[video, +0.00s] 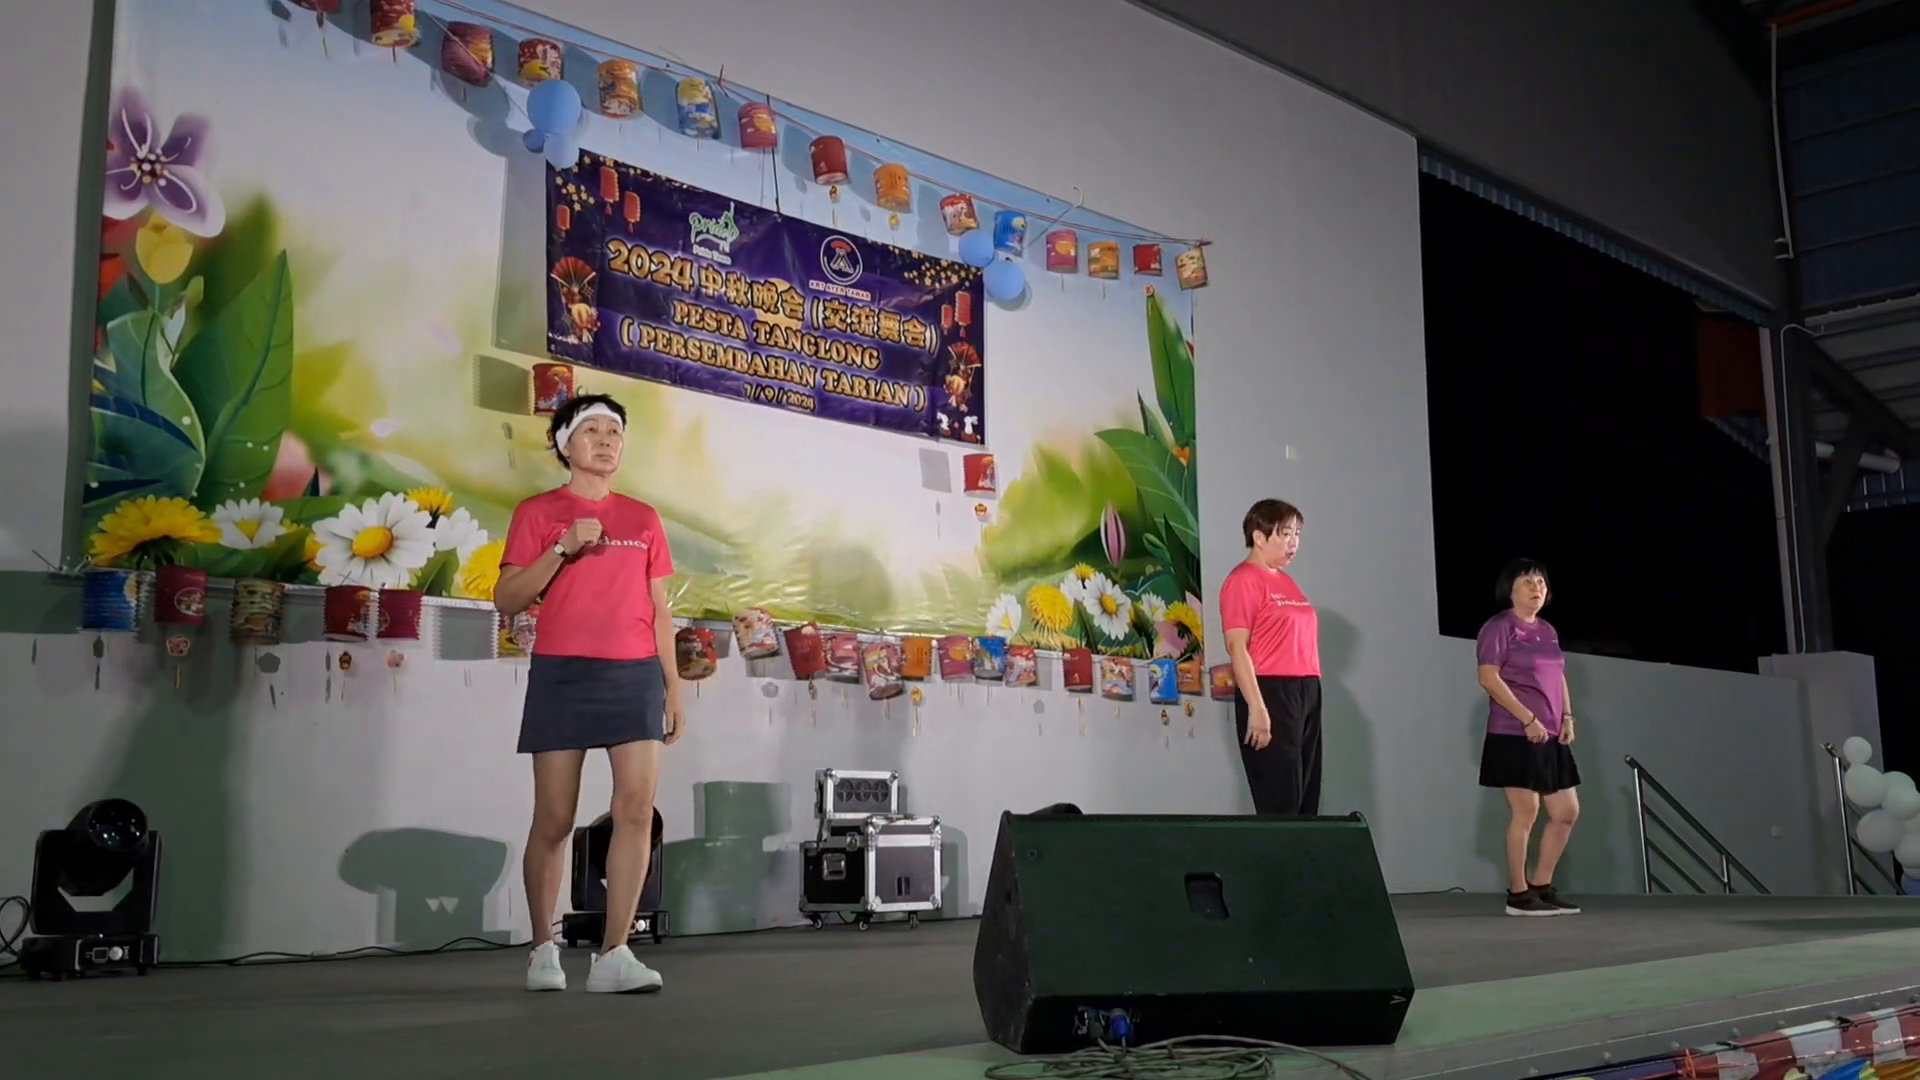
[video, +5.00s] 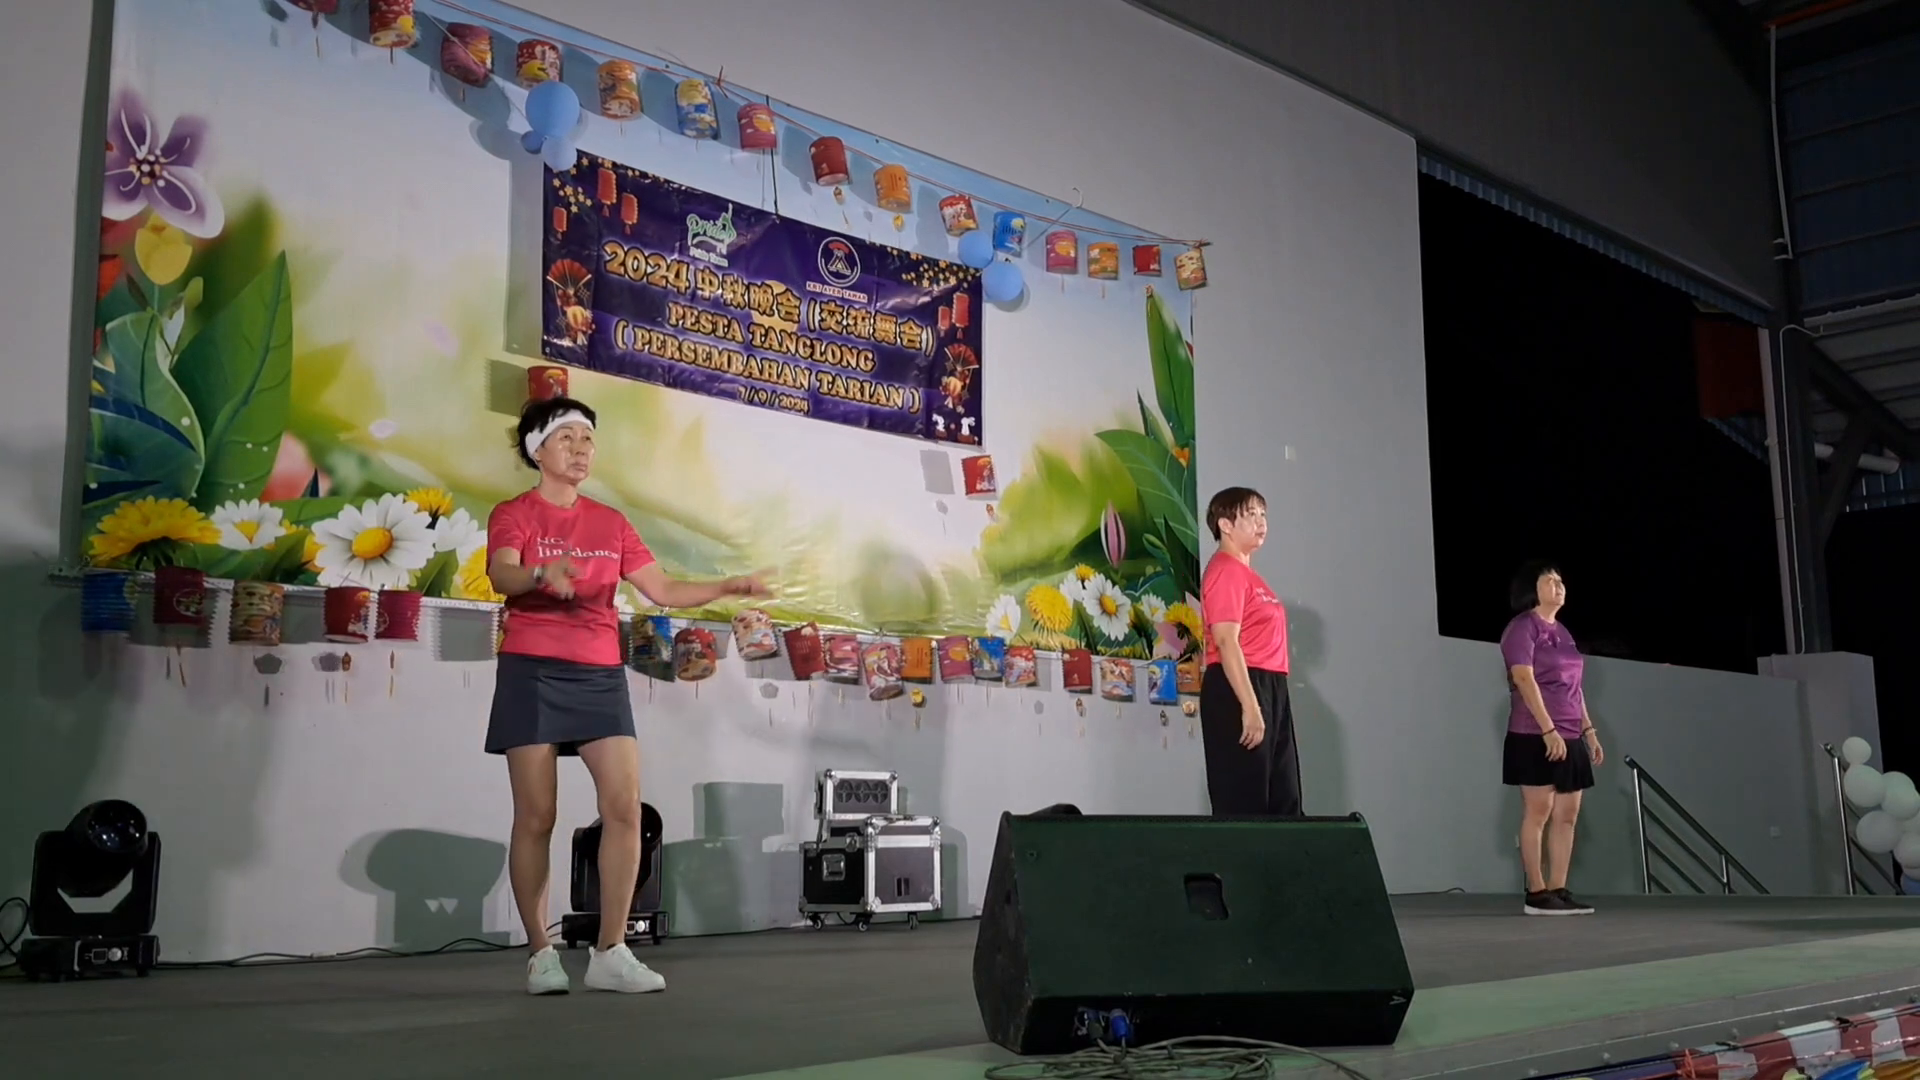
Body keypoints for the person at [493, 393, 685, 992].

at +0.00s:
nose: (605, 440)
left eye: (613, 433)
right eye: (592, 431)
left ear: (623, 448)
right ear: (565, 445)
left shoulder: (644, 519)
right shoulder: (538, 514)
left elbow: (661, 612)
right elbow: (508, 599)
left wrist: (673, 688)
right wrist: (561, 550)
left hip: (637, 676)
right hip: (561, 676)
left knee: (637, 808)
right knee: (554, 822)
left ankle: (615, 952)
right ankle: (545, 949)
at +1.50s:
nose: (590, 450)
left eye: (596, 442)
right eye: (577, 440)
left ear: (602, 454)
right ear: (546, 451)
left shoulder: (617, 522)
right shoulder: (522, 517)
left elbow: (627, 610)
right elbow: (517, 603)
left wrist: (630, 675)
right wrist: (582, 562)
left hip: (609, 677)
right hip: (540, 677)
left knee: (630, 794)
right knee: (540, 815)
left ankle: (620, 941)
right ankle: (542, 948)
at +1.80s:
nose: (608, 443)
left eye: (613, 436)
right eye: (594, 435)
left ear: (620, 453)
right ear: (565, 450)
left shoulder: (639, 522)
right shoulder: (547, 511)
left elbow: (649, 607)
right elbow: (550, 593)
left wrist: (658, 668)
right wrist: (617, 617)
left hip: (638, 675)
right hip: (572, 673)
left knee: (638, 810)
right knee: (560, 819)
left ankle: (618, 950)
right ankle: (545, 946)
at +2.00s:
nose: (633, 449)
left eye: (638, 442)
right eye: (619, 439)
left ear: (642, 455)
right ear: (587, 451)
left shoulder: (657, 526)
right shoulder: (565, 514)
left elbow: (677, 616)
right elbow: (567, 606)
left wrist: (694, 692)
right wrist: (579, 688)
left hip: (664, 677)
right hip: (597, 675)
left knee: (652, 814)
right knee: (591, 818)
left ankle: (621, 950)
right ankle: (553, 931)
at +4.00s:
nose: (596, 448)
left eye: (601, 440)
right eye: (583, 438)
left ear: (606, 453)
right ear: (551, 448)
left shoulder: (617, 523)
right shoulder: (518, 520)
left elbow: (632, 614)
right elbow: (491, 612)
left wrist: (646, 684)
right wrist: (539, 664)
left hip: (611, 681)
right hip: (538, 678)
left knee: (637, 800)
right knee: (542, 813)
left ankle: (617, 942)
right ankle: (542, 949)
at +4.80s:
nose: (583, 446)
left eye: (589, 438)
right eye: (570, 436)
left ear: (595, 449)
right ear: (538, 447)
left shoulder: (609, 521)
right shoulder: (515, 514)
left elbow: (651, 603)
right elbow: (502, 591)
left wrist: (710, 661)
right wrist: (516, 648)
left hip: (602, 676)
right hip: (534, 673)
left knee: (624, 807)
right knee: (537, 815)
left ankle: (609, 951)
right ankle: (542, 949)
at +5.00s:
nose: (580, 448)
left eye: (587, 438)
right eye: (566, 438)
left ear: (593, 450)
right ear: (536, 450)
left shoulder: (611, 523)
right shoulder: (513, 516)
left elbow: (664, 591)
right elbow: (503, 580)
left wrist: (731, 586)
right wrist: (540, 577)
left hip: (600, 676)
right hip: (530, 674)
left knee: (624, 807)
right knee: (536, 816)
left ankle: (610, 950)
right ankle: (542, 950)